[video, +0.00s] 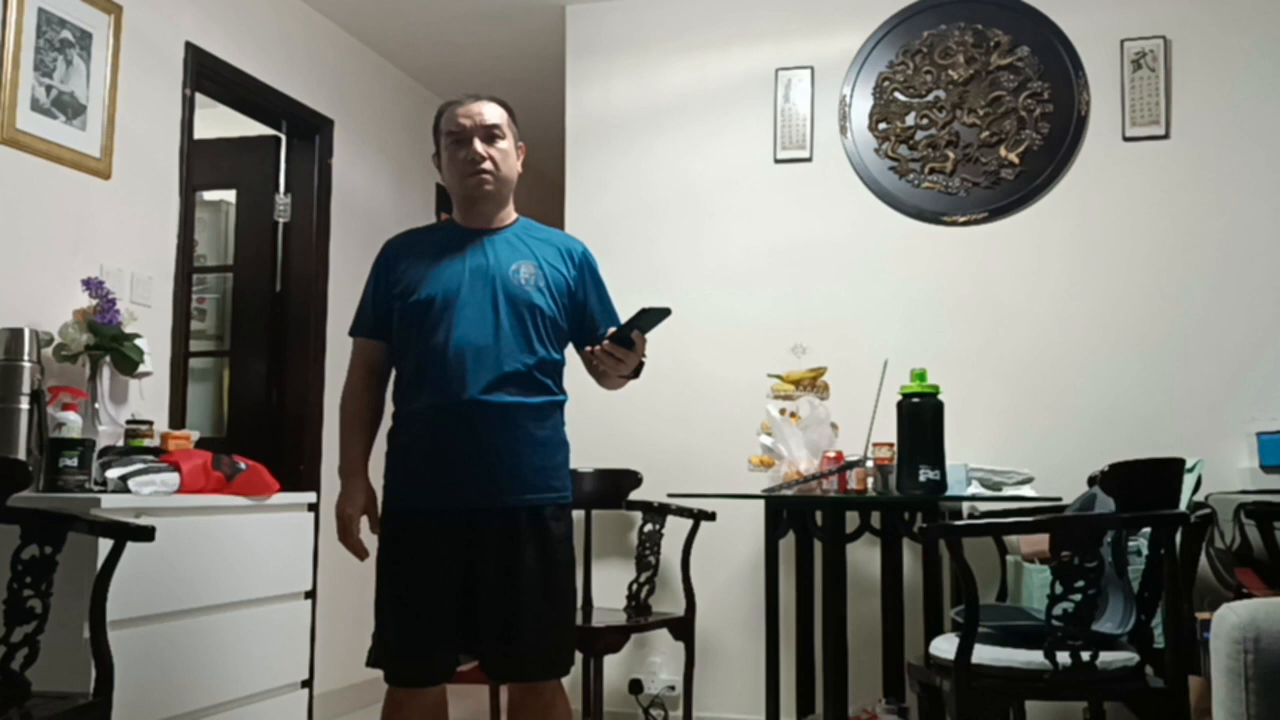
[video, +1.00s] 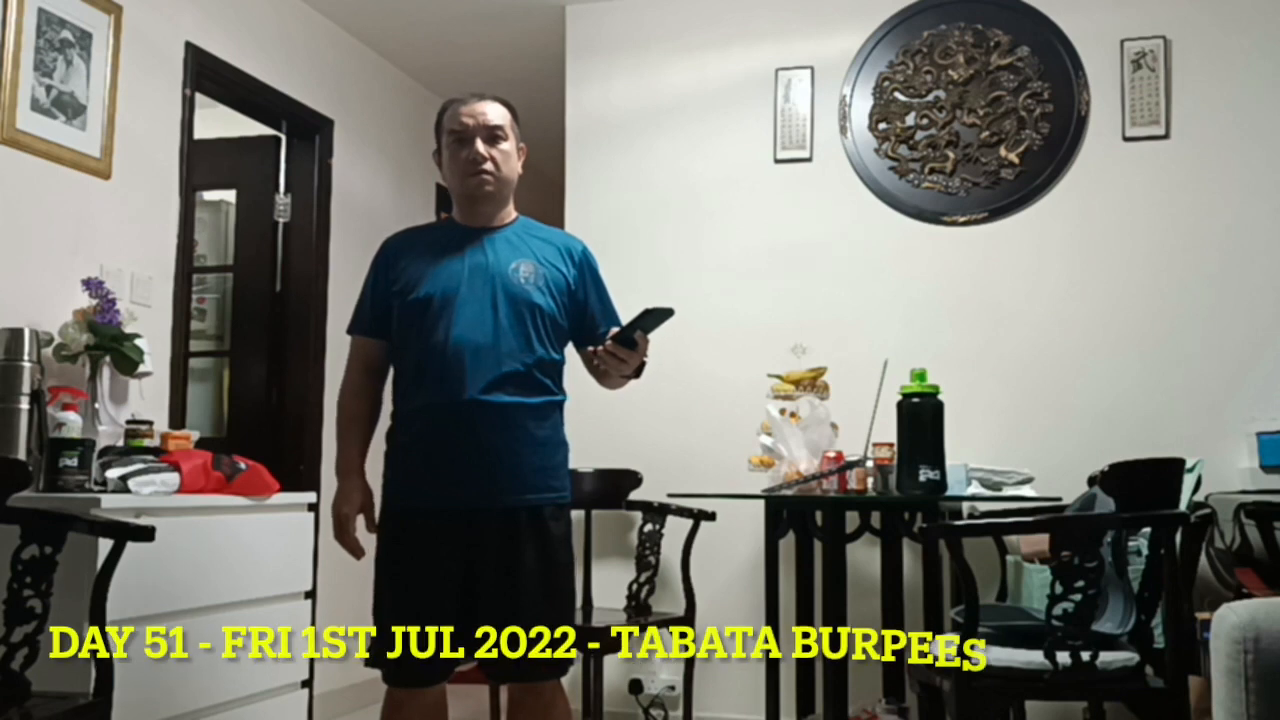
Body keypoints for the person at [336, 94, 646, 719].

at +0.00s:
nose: (476, 148)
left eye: (491, 135)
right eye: (458, 140)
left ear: (520, 157)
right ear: (439, 165)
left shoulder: (565, 254)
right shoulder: (402, 255)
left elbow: (606, 362)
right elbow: (366, 373)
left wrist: (622, 366)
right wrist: (353, 475)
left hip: (529, 496)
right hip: (422, 496)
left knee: (535, 681)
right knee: (413, 682)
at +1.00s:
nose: (477, 148)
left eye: (493, 136)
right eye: (460, 139)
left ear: (521, 158)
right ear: (439, 162)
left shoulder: (565, 252)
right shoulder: (401, 253)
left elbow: (605, 363)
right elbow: (364, 371)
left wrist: (622, 365)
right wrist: (350, 473)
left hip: (529, 497)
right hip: (421, 496)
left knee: (536, 681)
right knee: (411, 682)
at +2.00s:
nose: (476, 146)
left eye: (492, 134)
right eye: (459, 137)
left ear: (519, 158)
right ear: (437, 161)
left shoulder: (564, 253)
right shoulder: (400, 255)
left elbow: (604, 363)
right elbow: (365, 373)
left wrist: (622, 364)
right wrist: (351, 475)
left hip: (528, 496)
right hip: (421, 496)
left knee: (536, 681)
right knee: (411, 682)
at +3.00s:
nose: (478, 146)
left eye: (494, 135)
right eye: (460, 137)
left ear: (519, 159)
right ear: (438, 162)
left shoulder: (563, 253)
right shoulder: (400, 256)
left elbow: (603, 362)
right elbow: (365, 374)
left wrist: (622, 362)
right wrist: (352, 475)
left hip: (528, 496)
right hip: (422, 495)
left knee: (536, 680)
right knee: (412, 681)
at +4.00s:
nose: (477, 146)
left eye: (493, 135)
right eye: (460, 137)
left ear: (519, 159)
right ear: (437, 161)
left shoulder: (563, 253)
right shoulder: (400, 256)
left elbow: (603, 362)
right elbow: (365, 375)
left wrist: (622, 362)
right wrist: (352, 476)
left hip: (528, 496)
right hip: (421, 496)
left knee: (536, 680)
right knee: (412, 681)